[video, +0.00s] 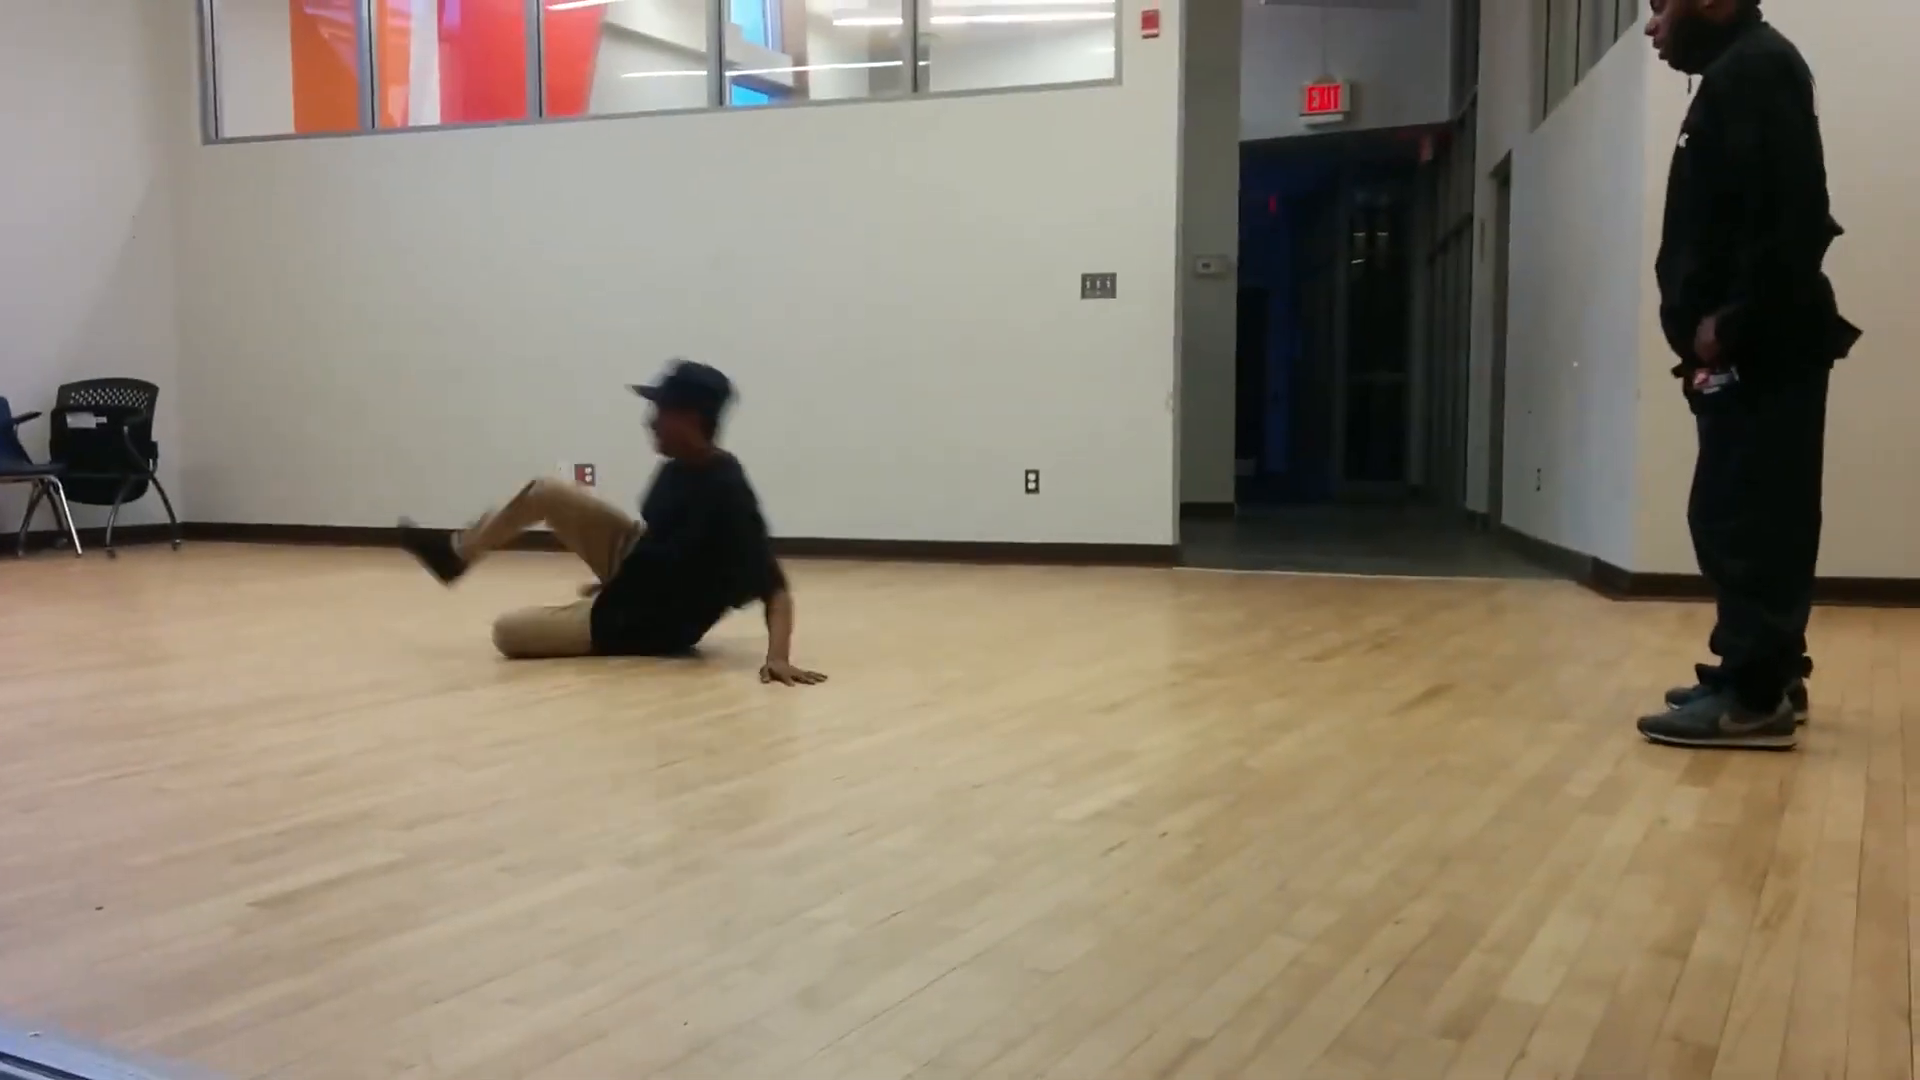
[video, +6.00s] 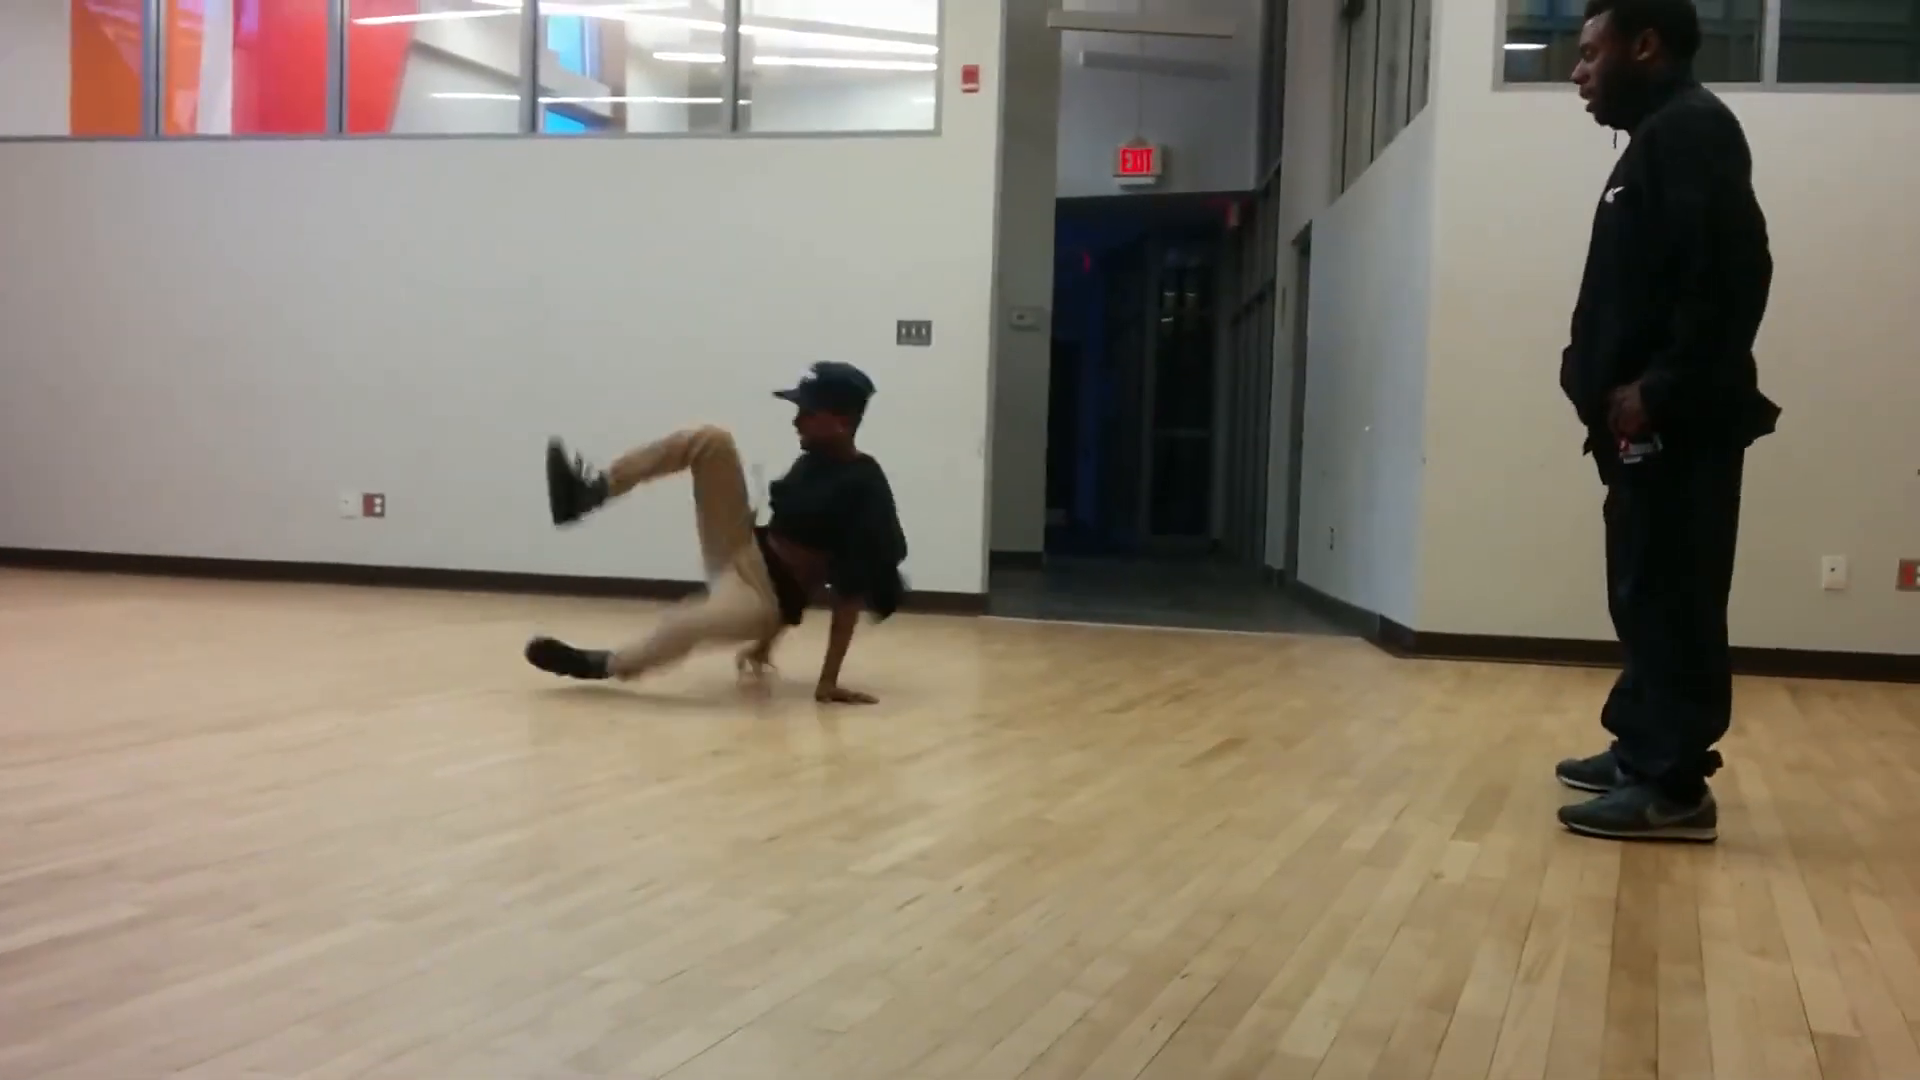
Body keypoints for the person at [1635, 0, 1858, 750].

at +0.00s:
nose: (1650, 26)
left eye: (1659, 7)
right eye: (1650, 11)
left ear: (1712, 3)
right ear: (1715, 8)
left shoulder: (1754, 70)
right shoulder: (1744, 68)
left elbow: (1788, 221)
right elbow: (1756, 220)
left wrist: (1728, 321)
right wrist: (1701, 328)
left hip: (1766, 353)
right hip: (1752, 350)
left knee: (1744, 515)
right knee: (1749, 512)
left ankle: (1755, 698)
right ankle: (1760, 678)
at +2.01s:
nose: (1572, 86)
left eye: (1583, 69)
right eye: (1573, 70)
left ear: (1631, 65)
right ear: (1635, 66)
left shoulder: (1670, 135)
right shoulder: (1666, 132)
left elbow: (1686, 276)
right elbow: (1680, 274)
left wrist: (1645, 379)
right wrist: (1633, 371)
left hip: (1686, 401)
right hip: (1682, 398)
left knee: (1666, 565)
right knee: (1670, 561)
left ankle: (1674, 736)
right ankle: (1678, 720)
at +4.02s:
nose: (1578, 47)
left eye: (1587, 26)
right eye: (1580, 29)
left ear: (1632, 24)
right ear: (1647, 26)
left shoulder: (1657, 110)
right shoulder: (1716, 95)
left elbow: (1636, 246)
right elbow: (1810, 208)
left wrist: (1624, 360)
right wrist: (1735, 287)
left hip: (1679, 386)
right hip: (1735, 377)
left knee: (1647, 553)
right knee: (1736, 545)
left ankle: (1648, 732)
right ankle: (1780, 714)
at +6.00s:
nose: (1577, 71)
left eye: (1589, 52)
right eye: (1578, 54)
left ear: (1647, 48)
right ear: (1642, 52)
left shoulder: (1692, 130)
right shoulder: (1664, 132)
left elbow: (1730, 277)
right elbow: (1684, 279)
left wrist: (1658, 389)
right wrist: (1621, 382)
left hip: (1684, 425)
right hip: (1652, 423)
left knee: (1674, 596)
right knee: (1645, 592)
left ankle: (1675, 787)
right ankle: (1642, 753)